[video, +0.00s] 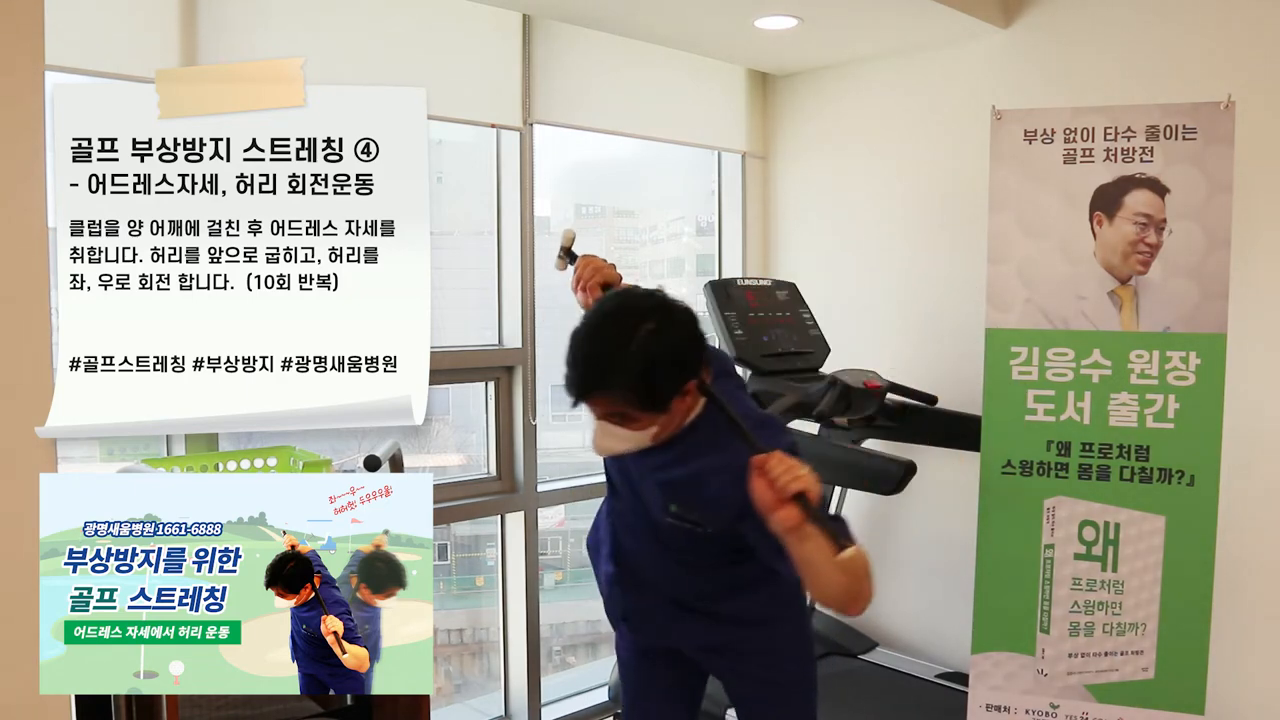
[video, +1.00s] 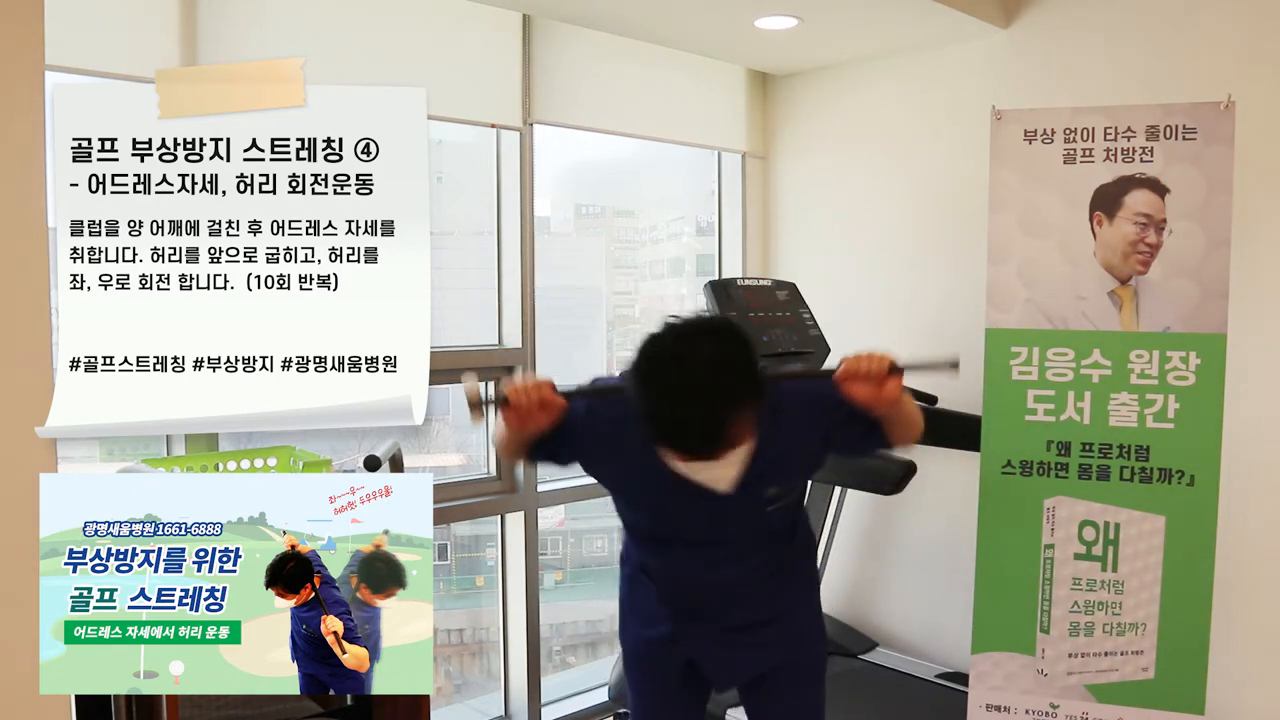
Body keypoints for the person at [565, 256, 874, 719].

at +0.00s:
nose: (606, 428)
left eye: (622, 420)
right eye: (598, 415)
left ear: (686, 395)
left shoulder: (756, 454)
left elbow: (853, 597)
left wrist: (795, 529)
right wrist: (612, 294)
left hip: (756, 628)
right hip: (651, 614)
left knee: (780, 711)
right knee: (649, 713)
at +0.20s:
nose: (574, 427)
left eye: (588, 416)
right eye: (567, 412)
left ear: (649, 397)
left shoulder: (726, 451)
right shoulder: (657, 354)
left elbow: (817, 607)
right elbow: (649, 302)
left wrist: (747, 537)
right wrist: (612, 283)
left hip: (743, 638)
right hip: (645, 627)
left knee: (769, 711)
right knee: (642, 713)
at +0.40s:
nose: (560, 430)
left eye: (573, 419)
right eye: (552, 415)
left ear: (632, 394)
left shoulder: (713, 448)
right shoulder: (639, 347)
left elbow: (810, 604)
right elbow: (637, 303)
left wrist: (733, 534)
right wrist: (597, 284)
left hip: (740, 641)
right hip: (643, 628)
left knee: (768, 712)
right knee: (641, 713)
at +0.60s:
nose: (565, 434)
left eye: (578, 422)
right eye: (555, 419)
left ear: (637, 395)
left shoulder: (725, 445)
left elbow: (831, 587)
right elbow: (610, 330)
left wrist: (756, 524)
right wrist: (575, 296)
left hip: (745, 639)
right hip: (642, 629)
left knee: (771, 710)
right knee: (641, 713)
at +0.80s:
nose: (612, 460)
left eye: (629, 444)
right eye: (597, 443)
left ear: (678, 407)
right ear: (585, 412)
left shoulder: (754, 438)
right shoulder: (605, 393)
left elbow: (889, 524)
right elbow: (567, 380)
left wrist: (832, 479)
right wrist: (541, 358)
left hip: (762, 634)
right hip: (647, 627)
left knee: (783, 713)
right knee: (647, 712)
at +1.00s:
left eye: (733, 441)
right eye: (690, 456)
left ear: (750, 409)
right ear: (658, 428)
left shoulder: (801, 409)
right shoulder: (608, 420)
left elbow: (907, 435)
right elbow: (510, 450)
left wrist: (889, 405)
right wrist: (521, 422)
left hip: (780, 624)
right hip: (664, 631)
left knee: (794, 711)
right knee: (659, 711)